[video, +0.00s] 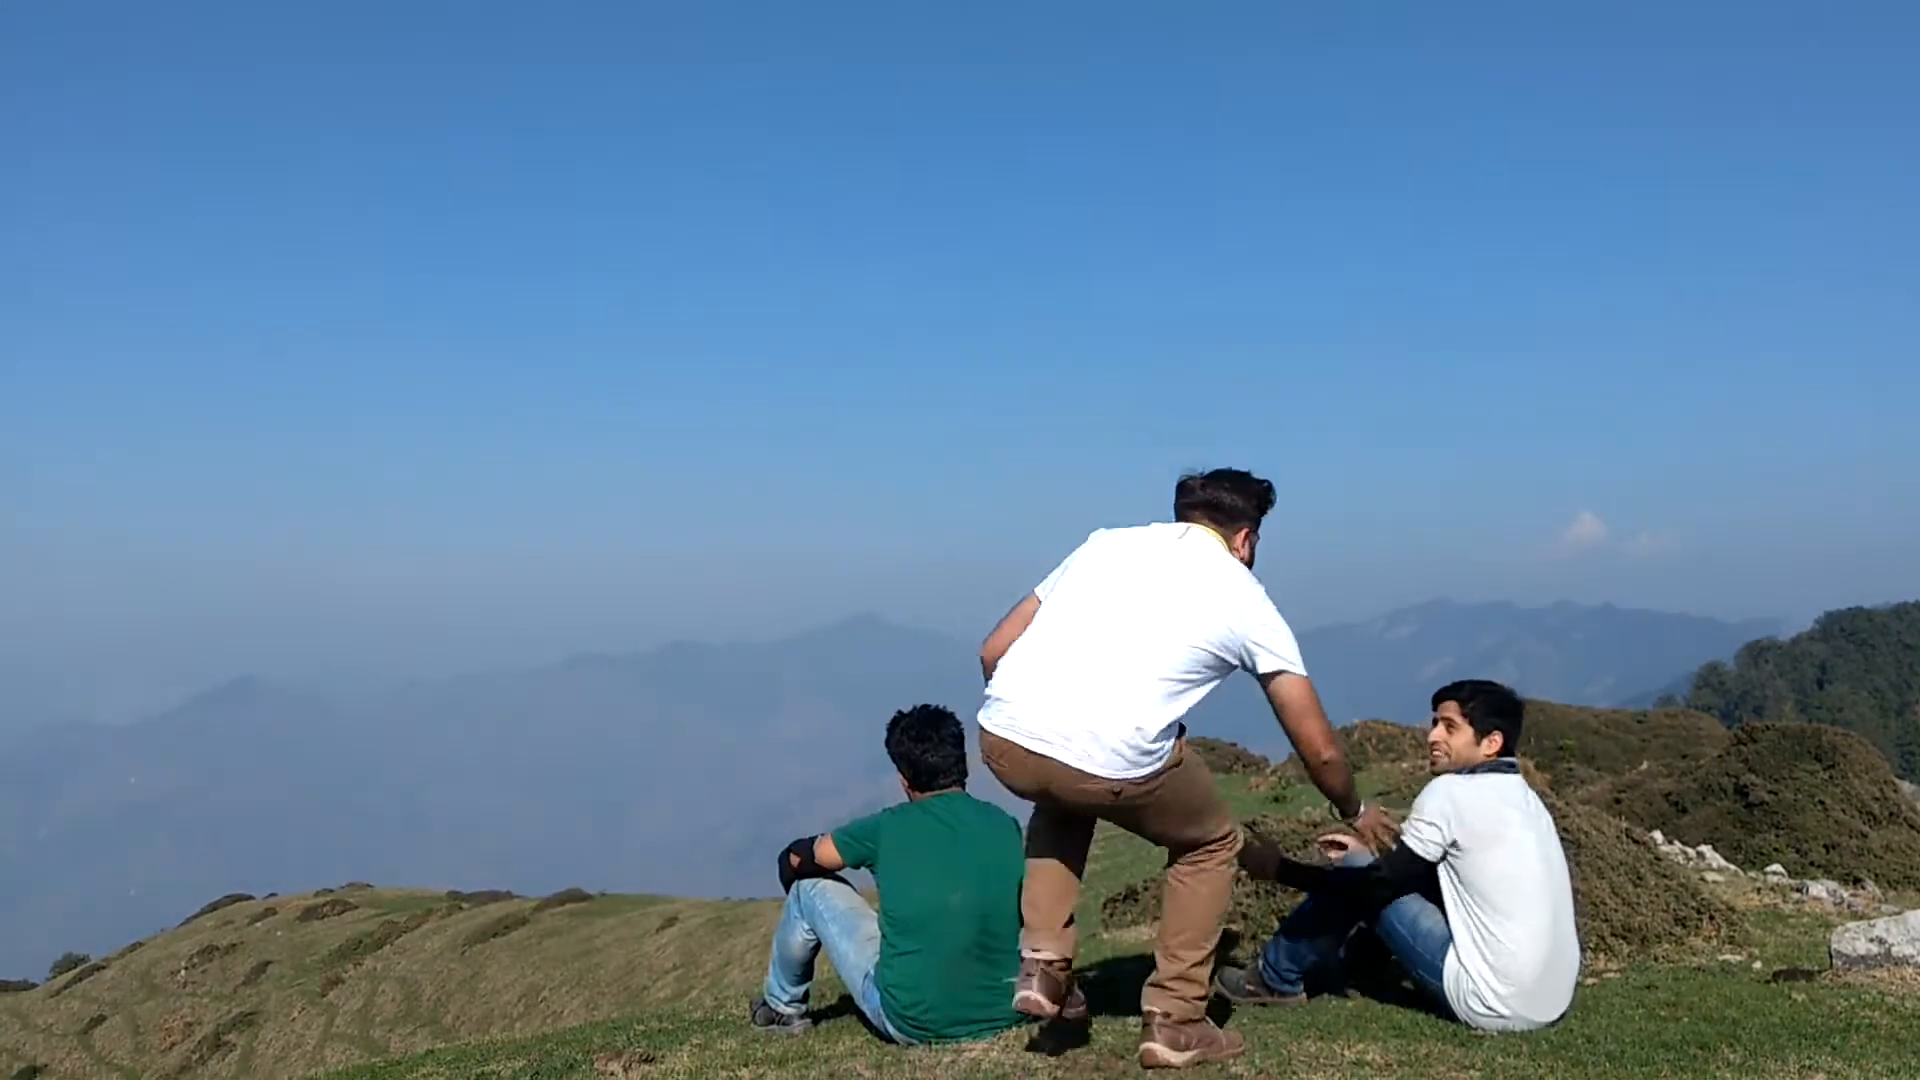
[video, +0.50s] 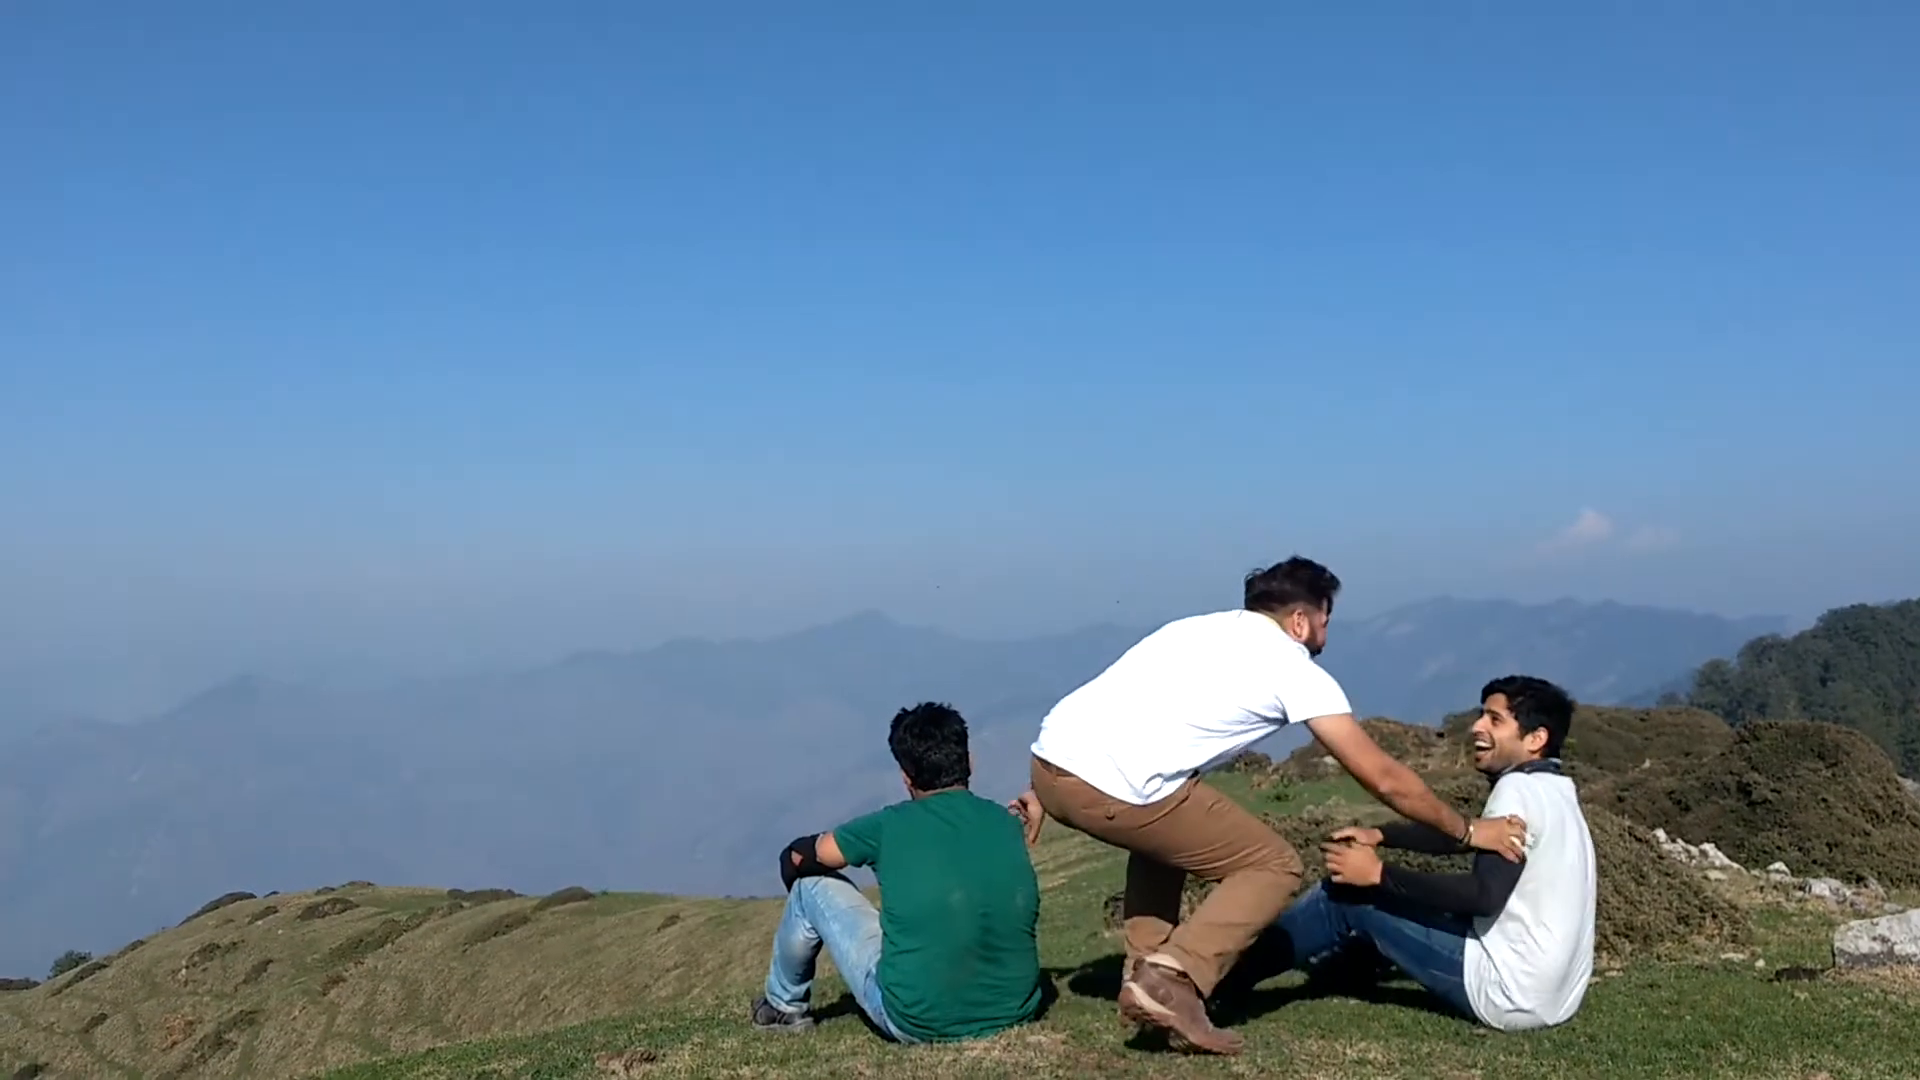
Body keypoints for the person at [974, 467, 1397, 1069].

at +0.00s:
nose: (1257, 553)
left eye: (1257, 540)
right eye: (1258, 540)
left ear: (1181, 520)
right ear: (1244, 539)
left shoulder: (1104, 544)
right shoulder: (1245, 598)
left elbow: (995, 651)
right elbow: (1320, 750)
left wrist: (1034, 717)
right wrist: (1355, 810)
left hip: (1007, 740)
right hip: (1114, 764)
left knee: (1067, 798)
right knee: (1208, 843)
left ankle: (1042, 973)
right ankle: (1176, 1023)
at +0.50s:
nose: (1326, 636)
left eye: (1328, 625)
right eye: (1326, 624)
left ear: (1261, 608)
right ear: (1303, 619)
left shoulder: (1197, 629)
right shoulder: (1291, 665)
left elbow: (1116, 698)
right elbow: (1383, 777)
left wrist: (1044, 781)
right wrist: (1466, 829)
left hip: (1059, 768)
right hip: (1115, 783)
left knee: (1167, 822)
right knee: (1273, 863)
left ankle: (1148, 978)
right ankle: (1175, 974)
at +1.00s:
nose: (1300, 651)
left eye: (1298, 645)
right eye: (1302, 644)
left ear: (1236, 623)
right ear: (1291, 637)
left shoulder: (1179, 643)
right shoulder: (1291, 676)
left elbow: (1075, 724)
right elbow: (1378, 785)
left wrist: (1022, 798)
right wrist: (1463, 834)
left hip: (1065, 777)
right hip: (1143, 797)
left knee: (1148, 829)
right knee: (1276, 882)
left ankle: (1143, 970)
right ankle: (1177, 970)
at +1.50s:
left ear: (1205, 565)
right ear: (1266, 580)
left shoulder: (1155, 587)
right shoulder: (1278, 611)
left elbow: (1040, 681)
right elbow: (1375, 738)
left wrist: (1029, 765)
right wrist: (1393, 805)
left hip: (1066, 704)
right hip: (1150, 725)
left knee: (1145, 831)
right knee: (1241, 853)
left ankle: (1150, 982)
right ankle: (1164, 1004)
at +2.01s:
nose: (1211, 575)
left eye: (1211, 566)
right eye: (1210, 564)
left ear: (1142, 551)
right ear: (1192, 559)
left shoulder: (1079, 574)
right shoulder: (1201, 599)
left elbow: (989, 672)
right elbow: (1199, 719)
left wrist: (943, 792)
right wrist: (1211, 806)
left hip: (993, 703)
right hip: (1083, 715)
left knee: (987, 847)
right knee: (1185, 842)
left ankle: (929, 1021)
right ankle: (1150, 1017)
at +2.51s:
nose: (1144, 586)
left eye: (1145, 574)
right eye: (1143, 573)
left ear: (1072, 562)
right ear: (1122, 568)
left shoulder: (1004, 598)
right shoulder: (1134, 614)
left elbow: (911, 710)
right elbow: (1146, 739)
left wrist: (915, 807)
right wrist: (1183, 816)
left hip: (936, 743)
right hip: (1030, 753)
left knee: (962, 853)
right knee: (1172, 841)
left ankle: (927, 1022)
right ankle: (1149, 1021)